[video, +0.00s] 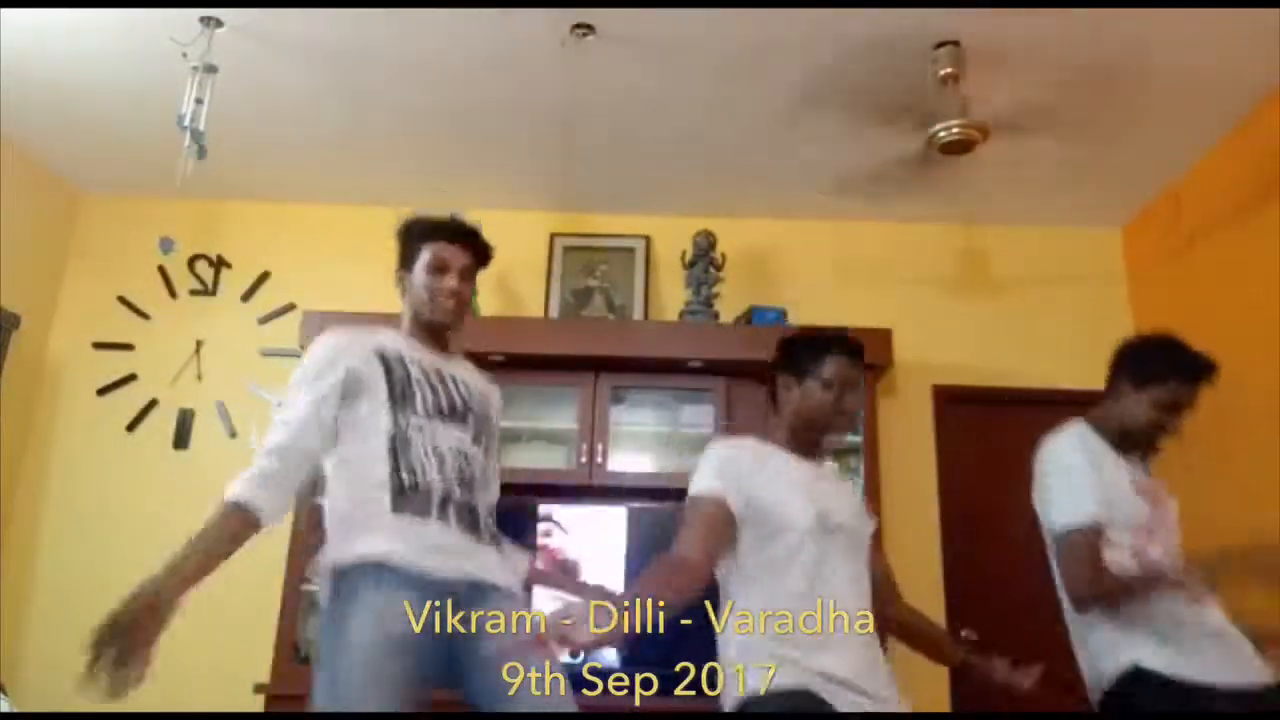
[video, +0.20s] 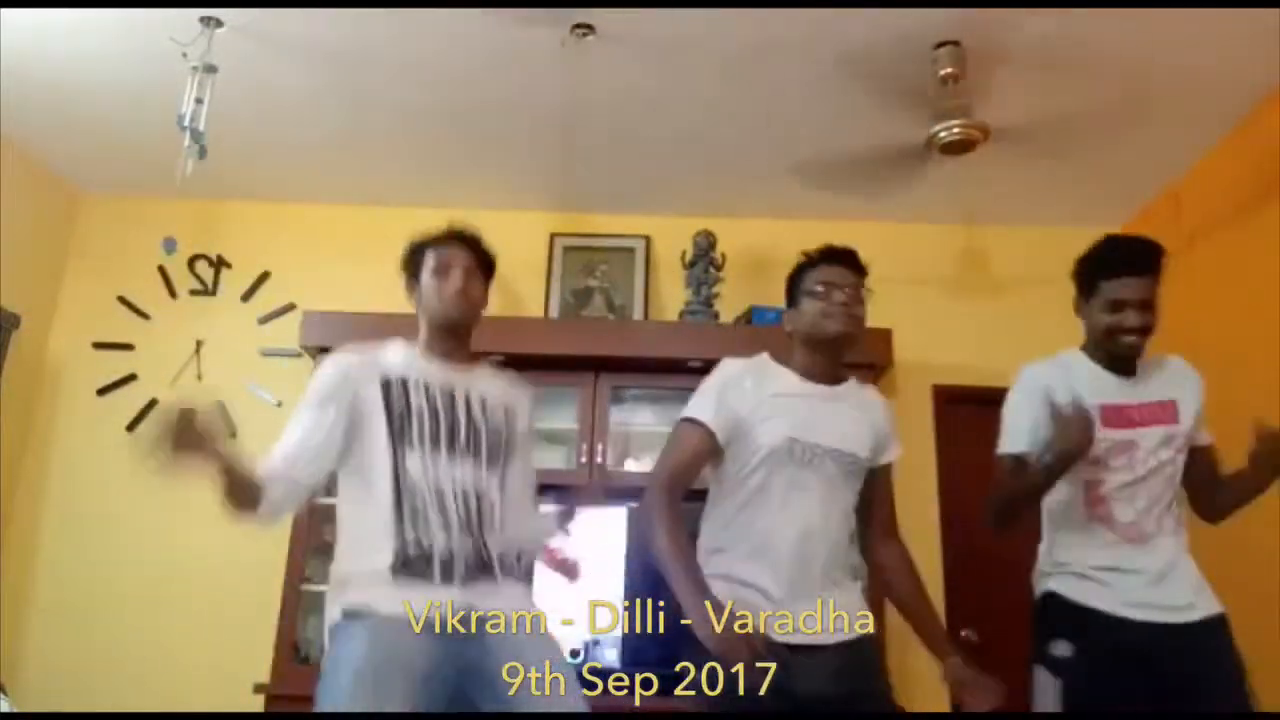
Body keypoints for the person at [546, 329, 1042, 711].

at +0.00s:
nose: (842, 402)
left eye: (849, 390)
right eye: (829, 386)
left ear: (853, 399)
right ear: (784, 388)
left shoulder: (848, 495)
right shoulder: (733, 459)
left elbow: (889, 610)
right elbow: (690, 562)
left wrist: (979, 664)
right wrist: (607, 622)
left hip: (868, 691)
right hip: (779, 683)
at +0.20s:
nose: (843, 299)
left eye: (855, 293)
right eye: (823, 290)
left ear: (865, 315)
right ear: (790, 314)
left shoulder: (870, 408)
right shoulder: (738, 381)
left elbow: (882, 540)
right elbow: (660, 495)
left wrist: (948, 656)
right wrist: (705, 620)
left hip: (842, 651)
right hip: (740, 649)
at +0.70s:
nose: (672, 298)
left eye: (691, 287)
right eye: (675, 288)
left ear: (738, 306)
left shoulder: (788, 387)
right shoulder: (661, 389)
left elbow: (837, 514)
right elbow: (613, 506)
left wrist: (842, 583)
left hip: (718, 636)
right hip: (617, 627)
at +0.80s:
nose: (651, 345)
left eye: (667, 333)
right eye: (654, 331)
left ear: (715, 345)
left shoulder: (773, 423)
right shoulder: (641, 430)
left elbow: (813, 552)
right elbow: (580, 543)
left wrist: (852, 581)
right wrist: (496, 598)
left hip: (712, 662)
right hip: (611, 655)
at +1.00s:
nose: (604, 400)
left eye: (619, 387)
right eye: (605, 386)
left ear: (671, 393)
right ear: (647, 395)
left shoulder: (734, 462)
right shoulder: (611, 487)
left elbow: (801, 570)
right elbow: (526, 561)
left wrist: (908, 567)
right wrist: (434, 570)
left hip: (698, 695)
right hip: (600, 694)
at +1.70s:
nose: (709, 356)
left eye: (726, 349)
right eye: (700, 344)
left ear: (742, 369)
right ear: (681, 357)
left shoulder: (770, 428)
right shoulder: (638, 421)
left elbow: (868, 375)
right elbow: (592, 482)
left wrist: (781, 343)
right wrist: (712, 453)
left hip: (755, 660)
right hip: (644, 659)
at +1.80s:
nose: (718, 363)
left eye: (733, 359)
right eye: (709, 352)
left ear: (748, 378)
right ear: (687, 366)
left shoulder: (774, 434)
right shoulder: (647, 436)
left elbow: (859, 365)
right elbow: (589, 448)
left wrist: (767, 352)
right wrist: (721, 420)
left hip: (764, 671)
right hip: (651, 672)